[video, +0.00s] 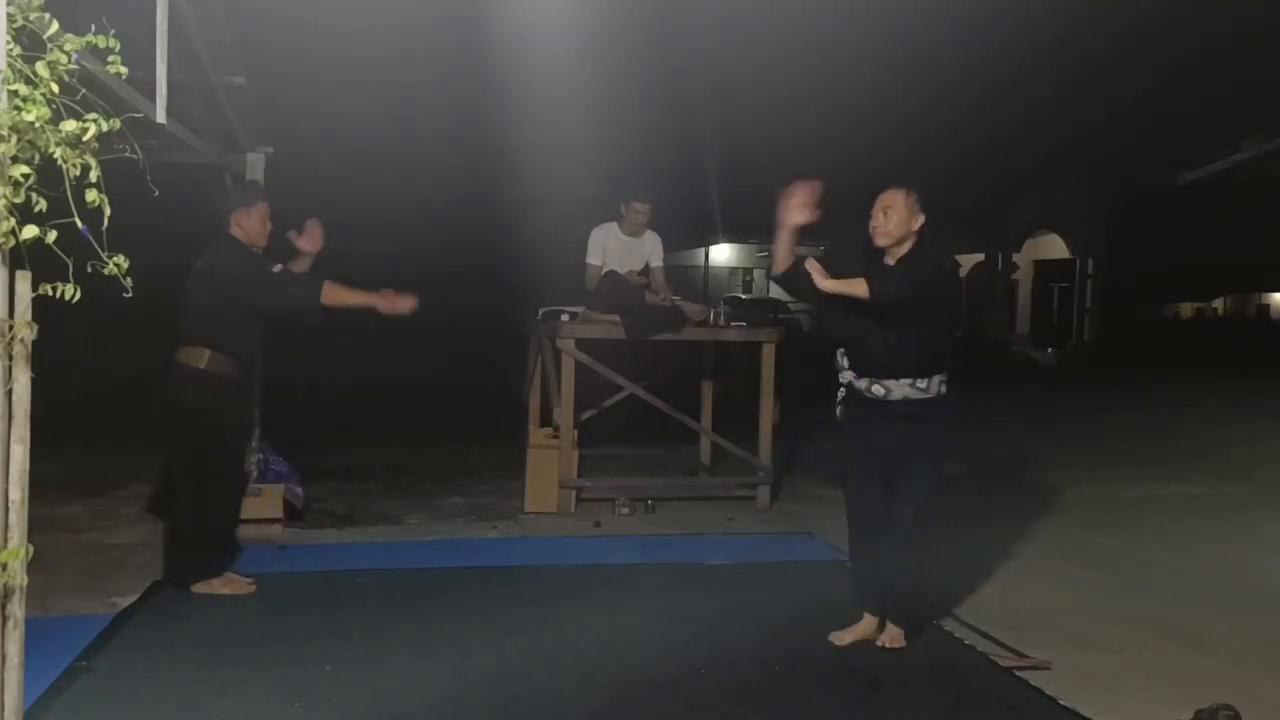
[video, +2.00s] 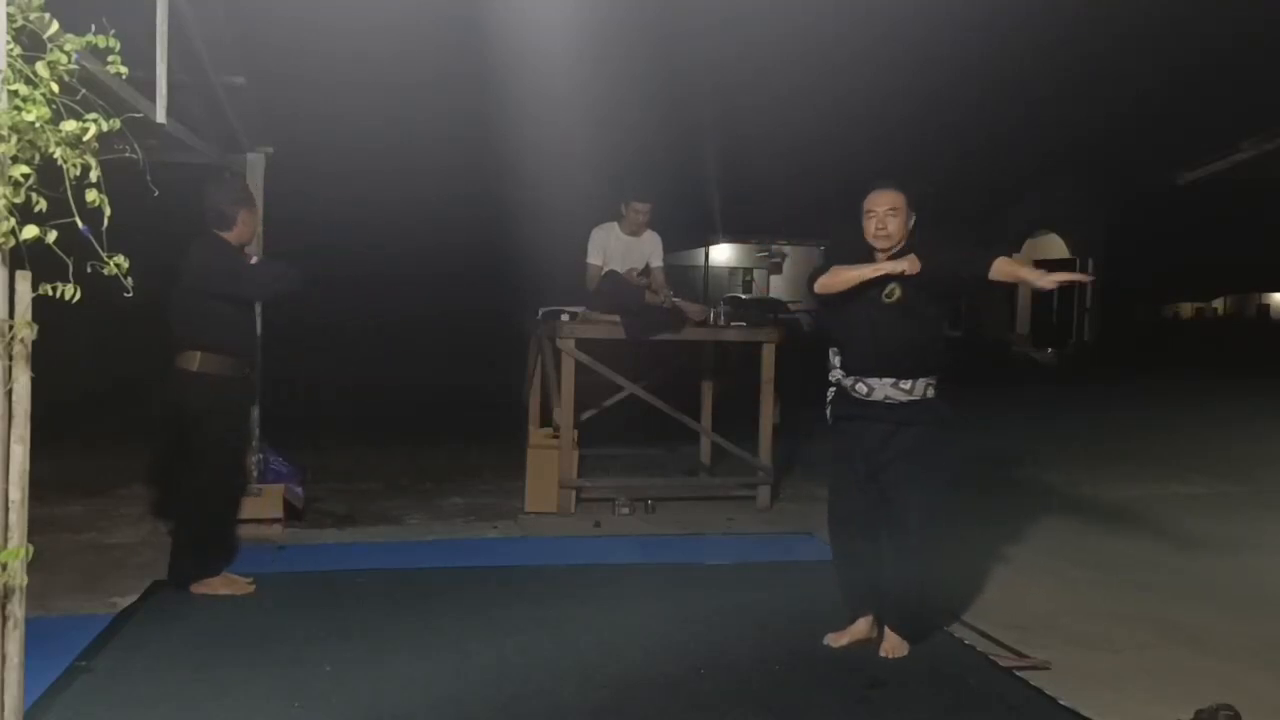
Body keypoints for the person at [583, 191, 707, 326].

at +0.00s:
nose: (641, 219)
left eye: (646, 214)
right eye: (636, 212)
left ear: (650, 215)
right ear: (623, 210)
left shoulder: (653, 240)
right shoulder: (601, 234)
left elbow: (659, 283)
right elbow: (591, 284)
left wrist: (664, 294)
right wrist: (623, 280)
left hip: (636, 299)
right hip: (602, 300)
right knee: (611, 278)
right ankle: (678, 311)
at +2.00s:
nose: (641, 219)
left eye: (646, 214)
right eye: (636, 212)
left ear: (650, 214)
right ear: (623, 210)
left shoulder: (653, 239)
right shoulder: (601, 234)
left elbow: (658, 282)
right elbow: (591, 284)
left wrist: (664, 295)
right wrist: (623, 281)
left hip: (636, 300)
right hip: (603, 299)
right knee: (610, 278)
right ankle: (676, 308)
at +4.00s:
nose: (637, 216)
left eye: (642, 210)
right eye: (632, 209)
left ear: (649, 212)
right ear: (622, 207)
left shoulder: (653, 239)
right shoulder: (601, 234)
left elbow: (658, 282)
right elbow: (592, 285)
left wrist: (664, 295)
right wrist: (621, 280)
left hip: (634, 300)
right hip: (602, 300)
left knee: (674, 317)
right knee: (611, 278)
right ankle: (679, 308)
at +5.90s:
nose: (642, 217)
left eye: (646, 212)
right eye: (637, 211)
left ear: (651, 213)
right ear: (624, 209)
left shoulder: (654, 240)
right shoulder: (602, 234)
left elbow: (658, 283)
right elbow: (592, 282)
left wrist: (665, 294)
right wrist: (623, 279)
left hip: (636, 300)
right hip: (603, 299)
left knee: (675, 317)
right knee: (610, 279)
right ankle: (679, 305)